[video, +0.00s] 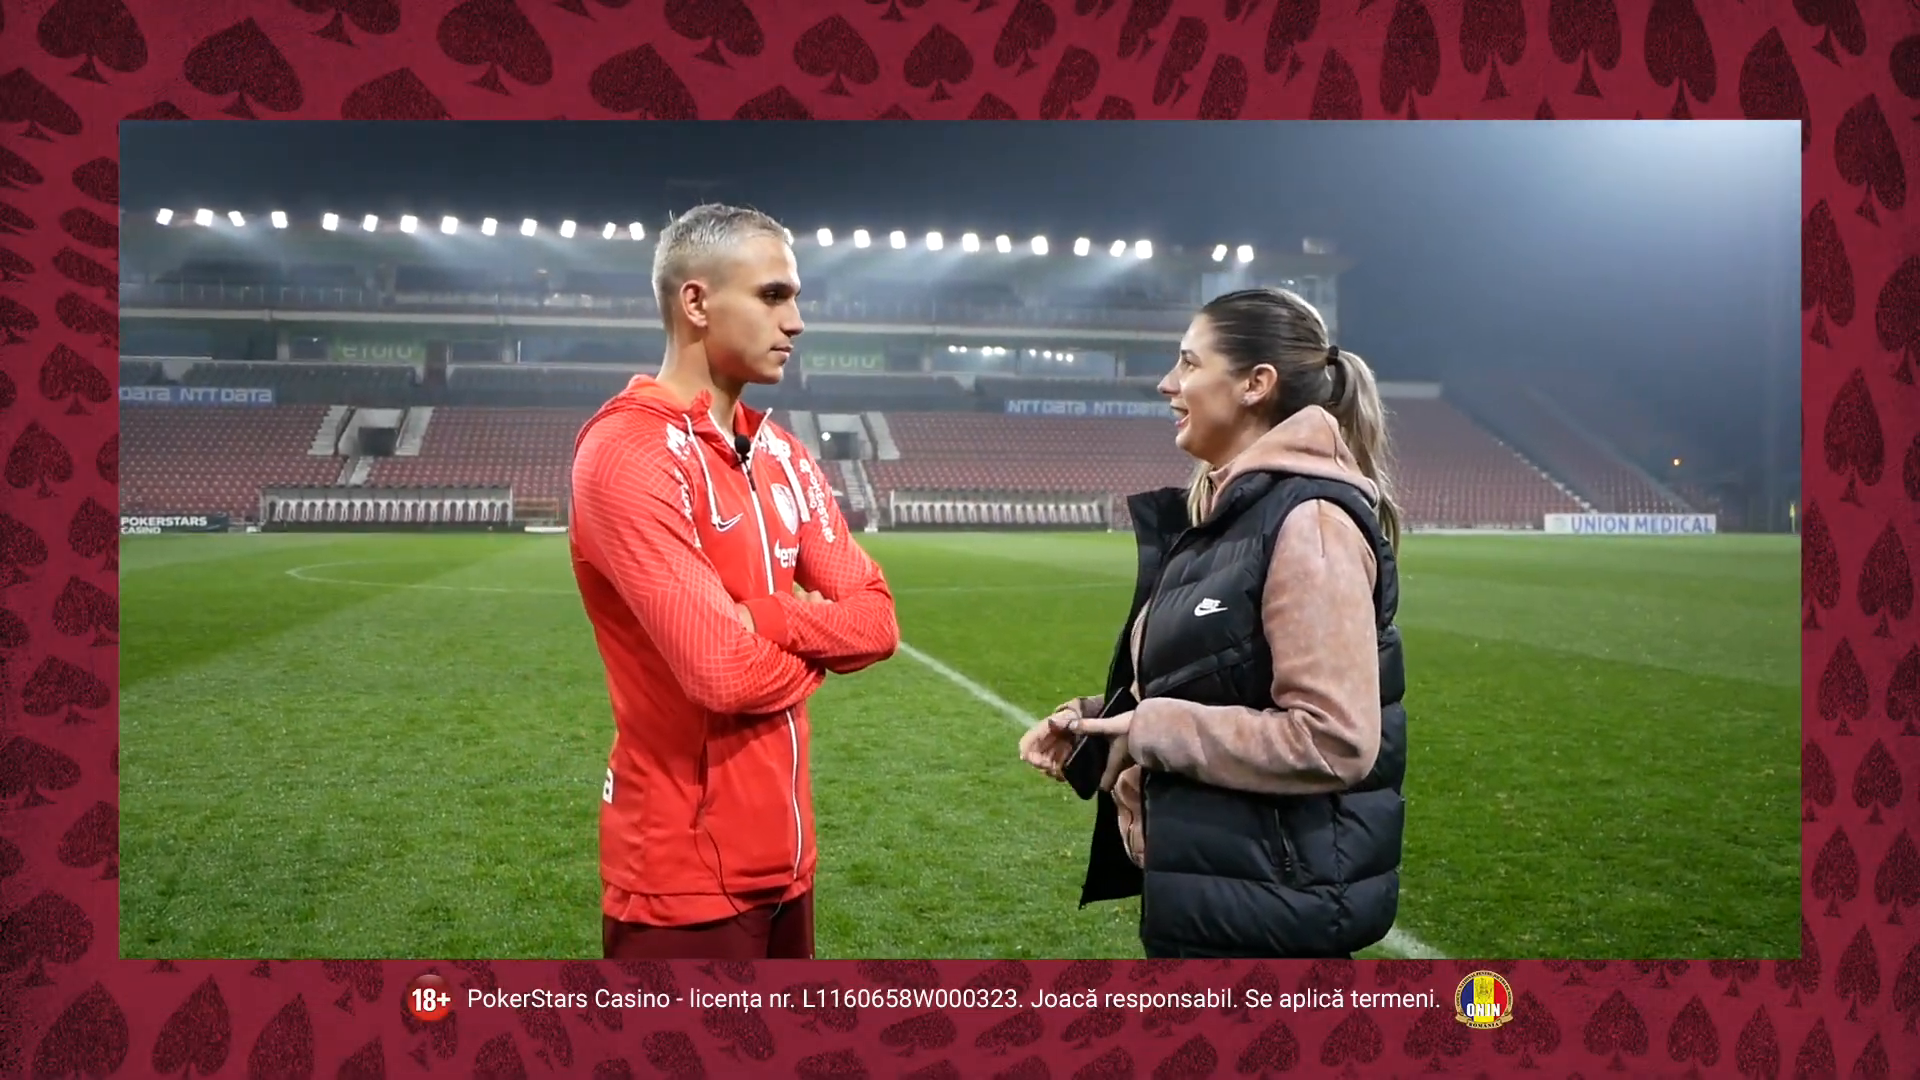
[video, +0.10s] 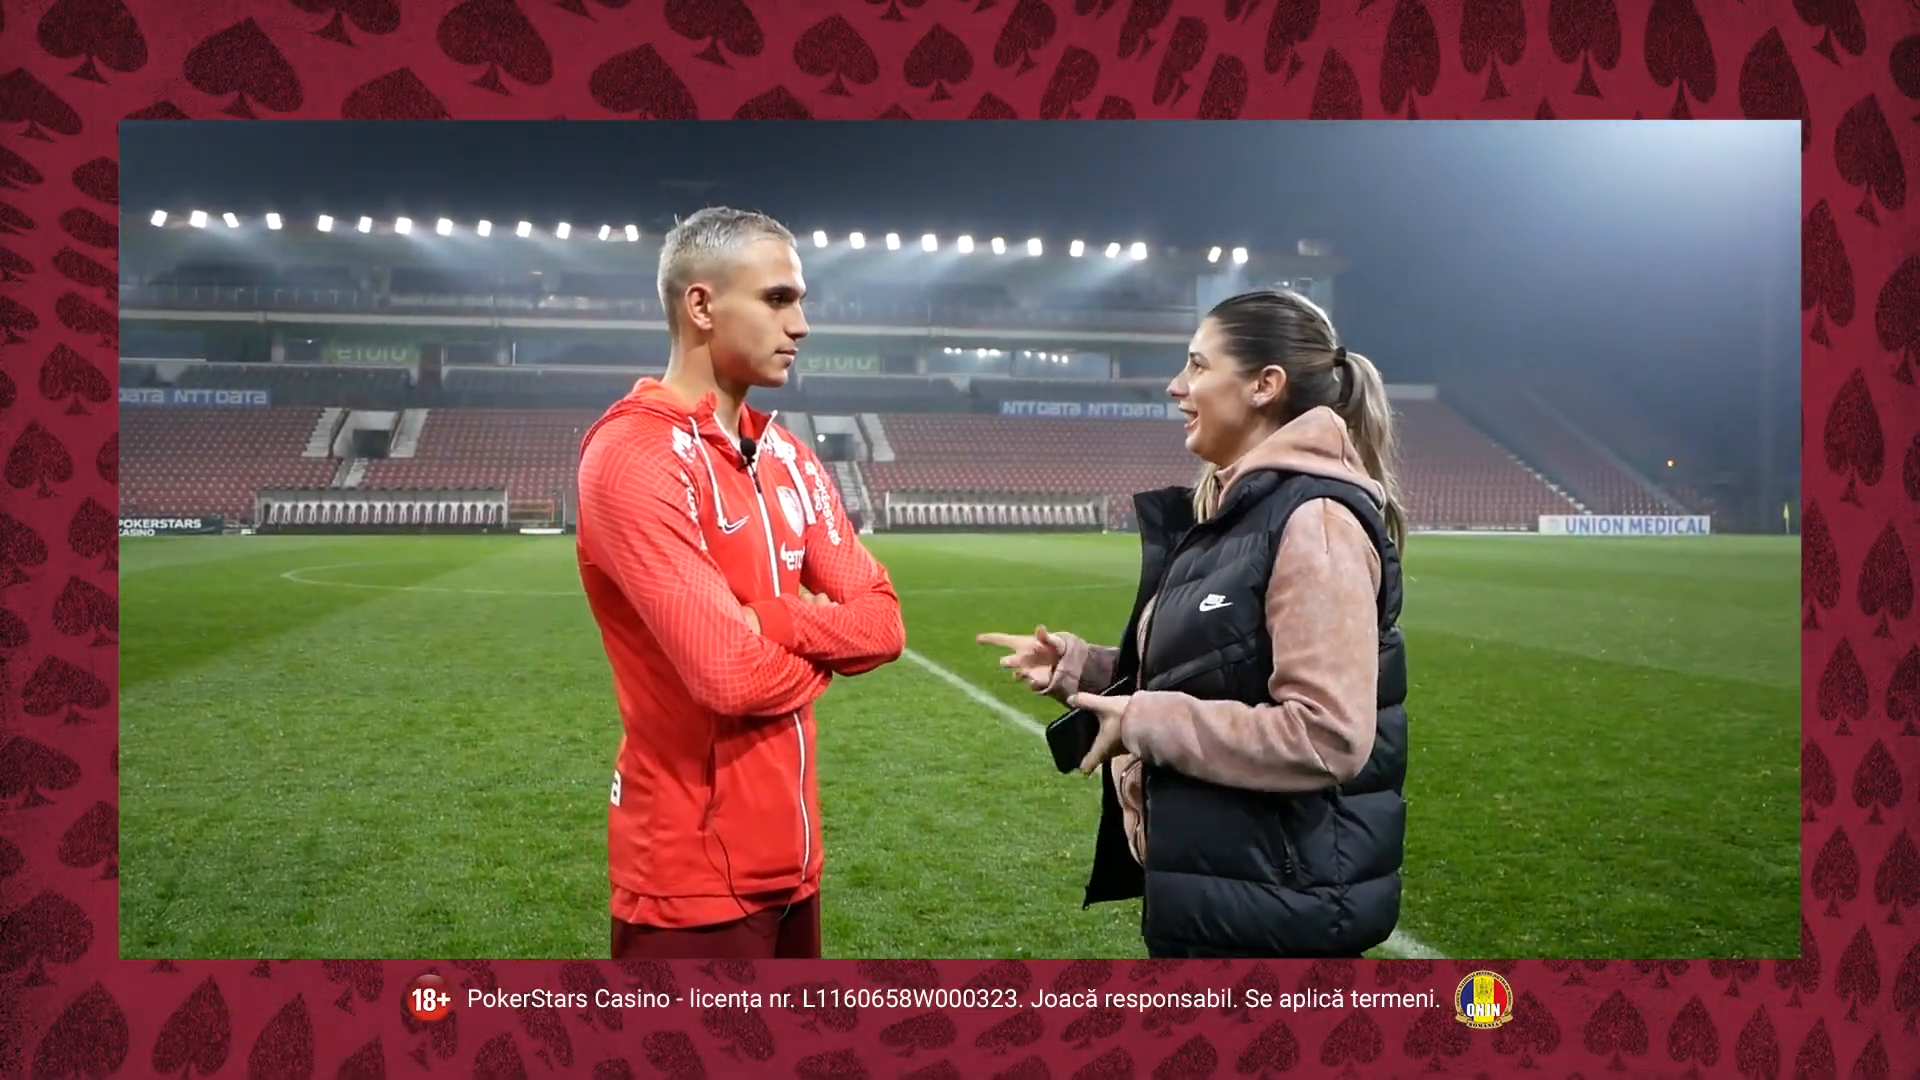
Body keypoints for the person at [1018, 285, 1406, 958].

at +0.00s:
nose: (1166, 385)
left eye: (1189, 364)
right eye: (1176, 364)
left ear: (1257, 384)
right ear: (1250, 384)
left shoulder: (1311, 523)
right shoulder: (1230, 512)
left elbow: (1333, 740)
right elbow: (1220, 695)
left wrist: (1157, 730)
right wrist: (1099, 725)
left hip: (1269, 919)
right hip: (1211, 909)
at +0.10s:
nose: (1176, 388)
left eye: (1197, 366)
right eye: (1185, 367)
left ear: (1266, 385)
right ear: (1260, 387)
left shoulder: (1317, 523)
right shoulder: (1236, 508)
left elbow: (1326, 736)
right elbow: (1209, 685)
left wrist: (1148, 720)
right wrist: (1083, 668)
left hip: (1273, 912)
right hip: (1213, 901)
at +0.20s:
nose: (1186, 393)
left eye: (1207, 370)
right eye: (1195, 372)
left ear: (1277, 386)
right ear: (1269, 387)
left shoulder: (1328, 522)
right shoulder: (1241, 512)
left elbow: (1290, 722)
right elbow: (1181, 678)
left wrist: (1107, 677)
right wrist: (1066, 617)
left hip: (1285, 909)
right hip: (1221, 901)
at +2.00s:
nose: (1186, 396)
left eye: (1208, 374)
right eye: (1195, 375)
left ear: (1278, 394)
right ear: (1271, 396)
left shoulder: (1346, 535)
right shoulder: (1234, 519)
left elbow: (1342, 749)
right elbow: (1192, 668)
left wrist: (1166, 710)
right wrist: (1109, 653)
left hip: (1300, 911)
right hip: (1217, 900)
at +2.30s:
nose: (1215, 391)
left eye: (1240, 371)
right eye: (1224, 370)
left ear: (1311, 395)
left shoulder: (1376, 533)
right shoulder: (1249, 518)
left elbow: (1382, 742)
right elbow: (1218, 666)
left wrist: (1214, 714)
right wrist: (1157, 672)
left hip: (1327, 907)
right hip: (1231, 893)